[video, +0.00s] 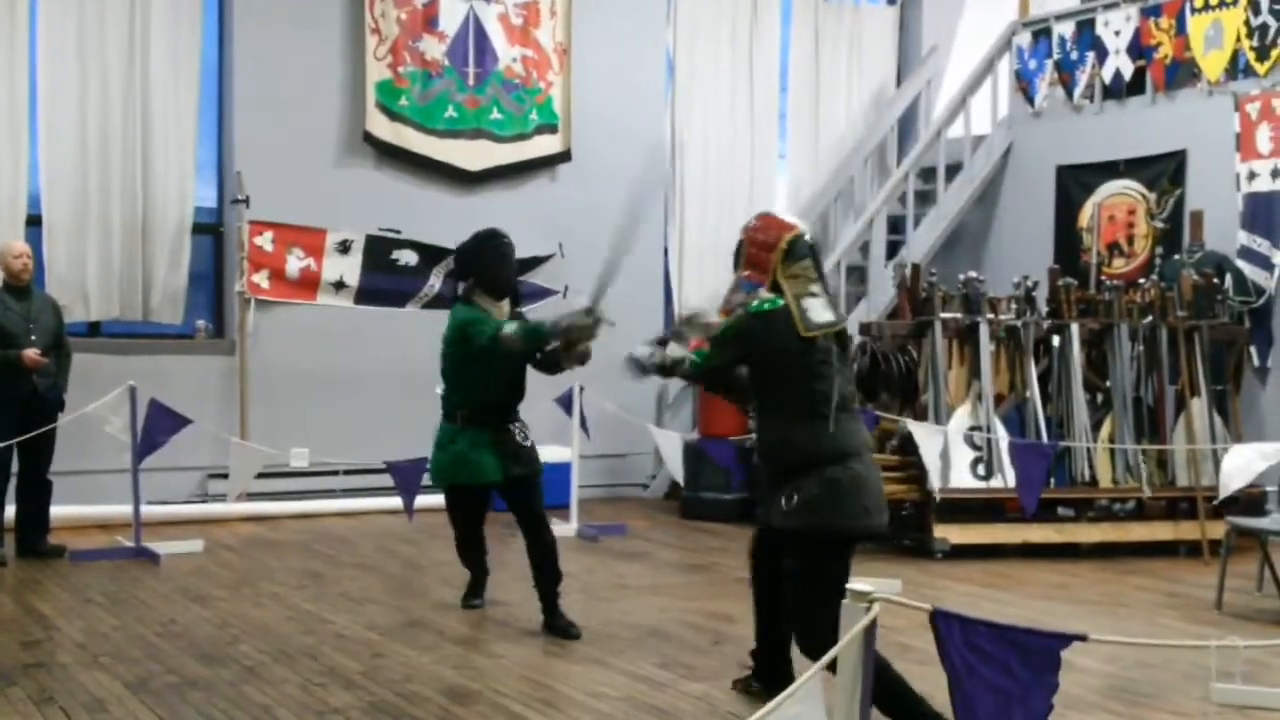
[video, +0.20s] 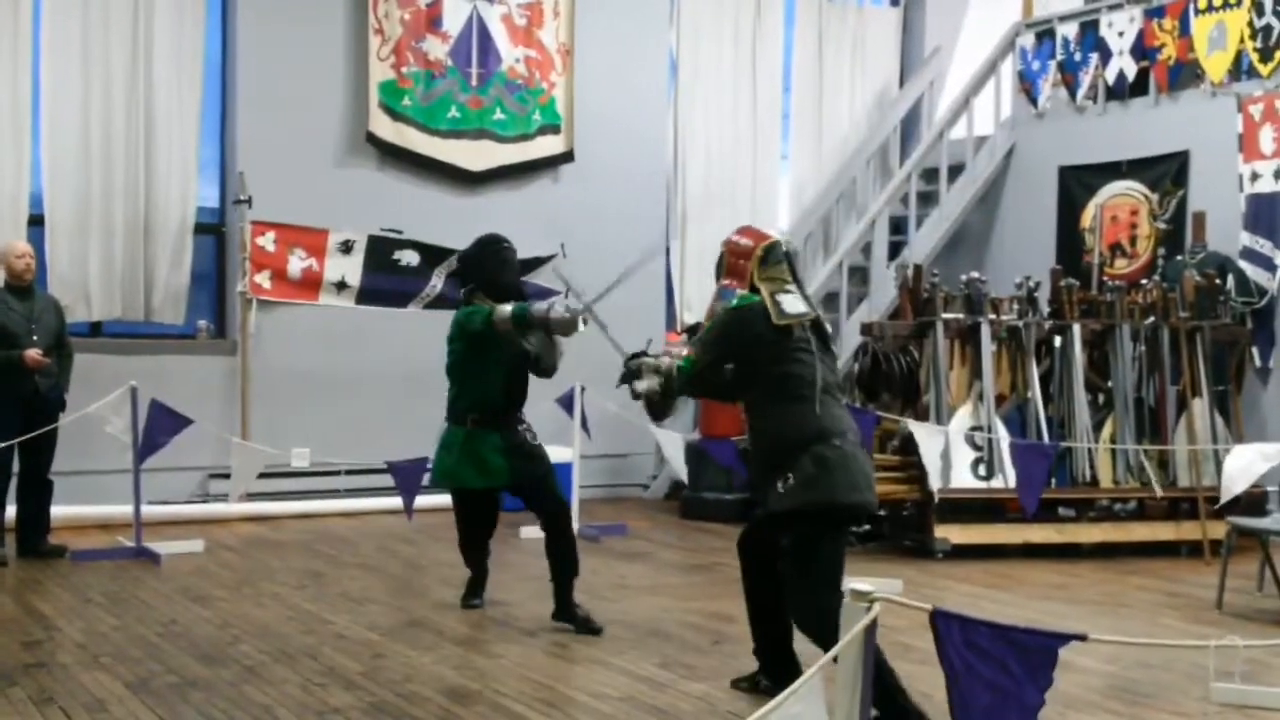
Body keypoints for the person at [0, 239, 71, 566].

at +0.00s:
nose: (25, 262)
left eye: (29, 256)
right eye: (18, 256)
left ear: (34, 263)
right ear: (3, 264)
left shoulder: (47, 304)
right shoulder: (2, 302)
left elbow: (62, 350)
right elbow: (1, 351)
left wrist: (58, 391)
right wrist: (18, 356)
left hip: (40, 402)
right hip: (5, 402)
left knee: (36, 475)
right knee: (2, 475)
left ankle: (32, 541)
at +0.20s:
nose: (28, 262)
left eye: (31, 256)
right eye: (20, 256)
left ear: (37, 263)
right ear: (5, 265)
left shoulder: (49, 304)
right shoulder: (1, 303)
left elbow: (64, 350)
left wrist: (59, 389)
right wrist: (19, 357)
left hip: (42, 402)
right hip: (5, 402)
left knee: (37, 475)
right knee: (2, 474)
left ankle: (33, 541)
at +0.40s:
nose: (26, 262)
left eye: (29, 256)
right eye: (18, 257)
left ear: (34, 263)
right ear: (3, 265)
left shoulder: (47, 304)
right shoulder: (1, 302)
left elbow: (62, 351)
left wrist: (57, 390)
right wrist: (18, 357)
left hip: (40, 402)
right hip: (5, 402)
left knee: (34, 475)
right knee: (1, 474)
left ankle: (30, 541)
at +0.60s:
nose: (26, 262)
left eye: (29, 257)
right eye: (18, 257)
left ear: (34, 263)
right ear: (4, 264)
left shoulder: (47, 304)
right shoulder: (2, 302)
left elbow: (62, 351)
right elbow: (0, 352)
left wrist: (57, 390)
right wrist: (18, 357)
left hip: (39, 402)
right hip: (5, 402)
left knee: (34, 475)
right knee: (1, 473)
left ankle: (30, 541)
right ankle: (1, 545)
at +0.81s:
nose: (26, 262)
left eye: (29, 256)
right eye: (19, 257)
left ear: (35, 263)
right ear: (4, 265)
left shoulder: (48, 304)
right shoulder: (2, 302)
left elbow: (63, 350)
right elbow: (0, 353)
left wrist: (58, 390)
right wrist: (18, 358)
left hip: (41, 402)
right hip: (5, 402)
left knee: (36, 475)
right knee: (2, 474)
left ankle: (32, 541)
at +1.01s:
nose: (26, 261)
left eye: (29, 256)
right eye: (18, 256)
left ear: (35, 263)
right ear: (4, 264)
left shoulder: (49, 304)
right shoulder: (2, 302)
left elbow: (63, 350)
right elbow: (0, 353)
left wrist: (59, 390)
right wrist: (18, 358)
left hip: (40, 403)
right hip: (5, 402)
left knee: (36, 475)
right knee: (1, 475)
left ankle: (31, 541)